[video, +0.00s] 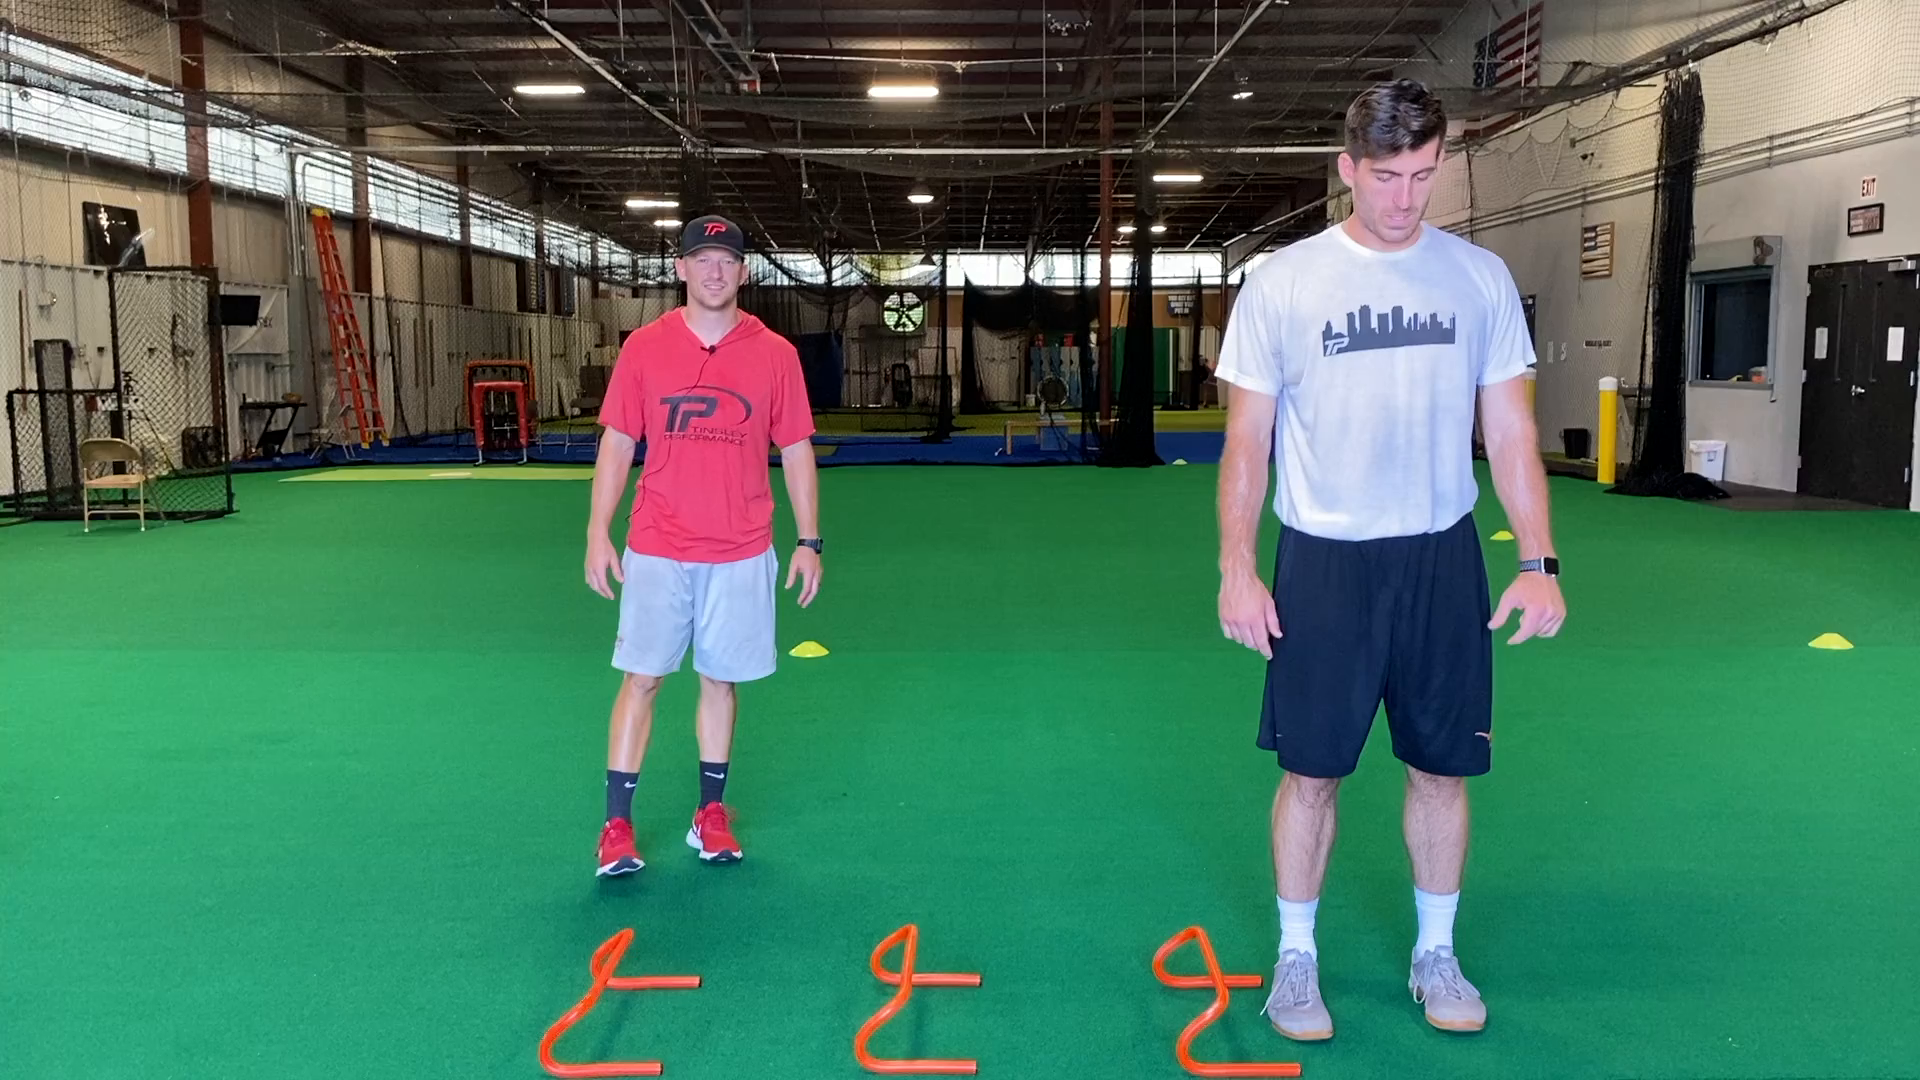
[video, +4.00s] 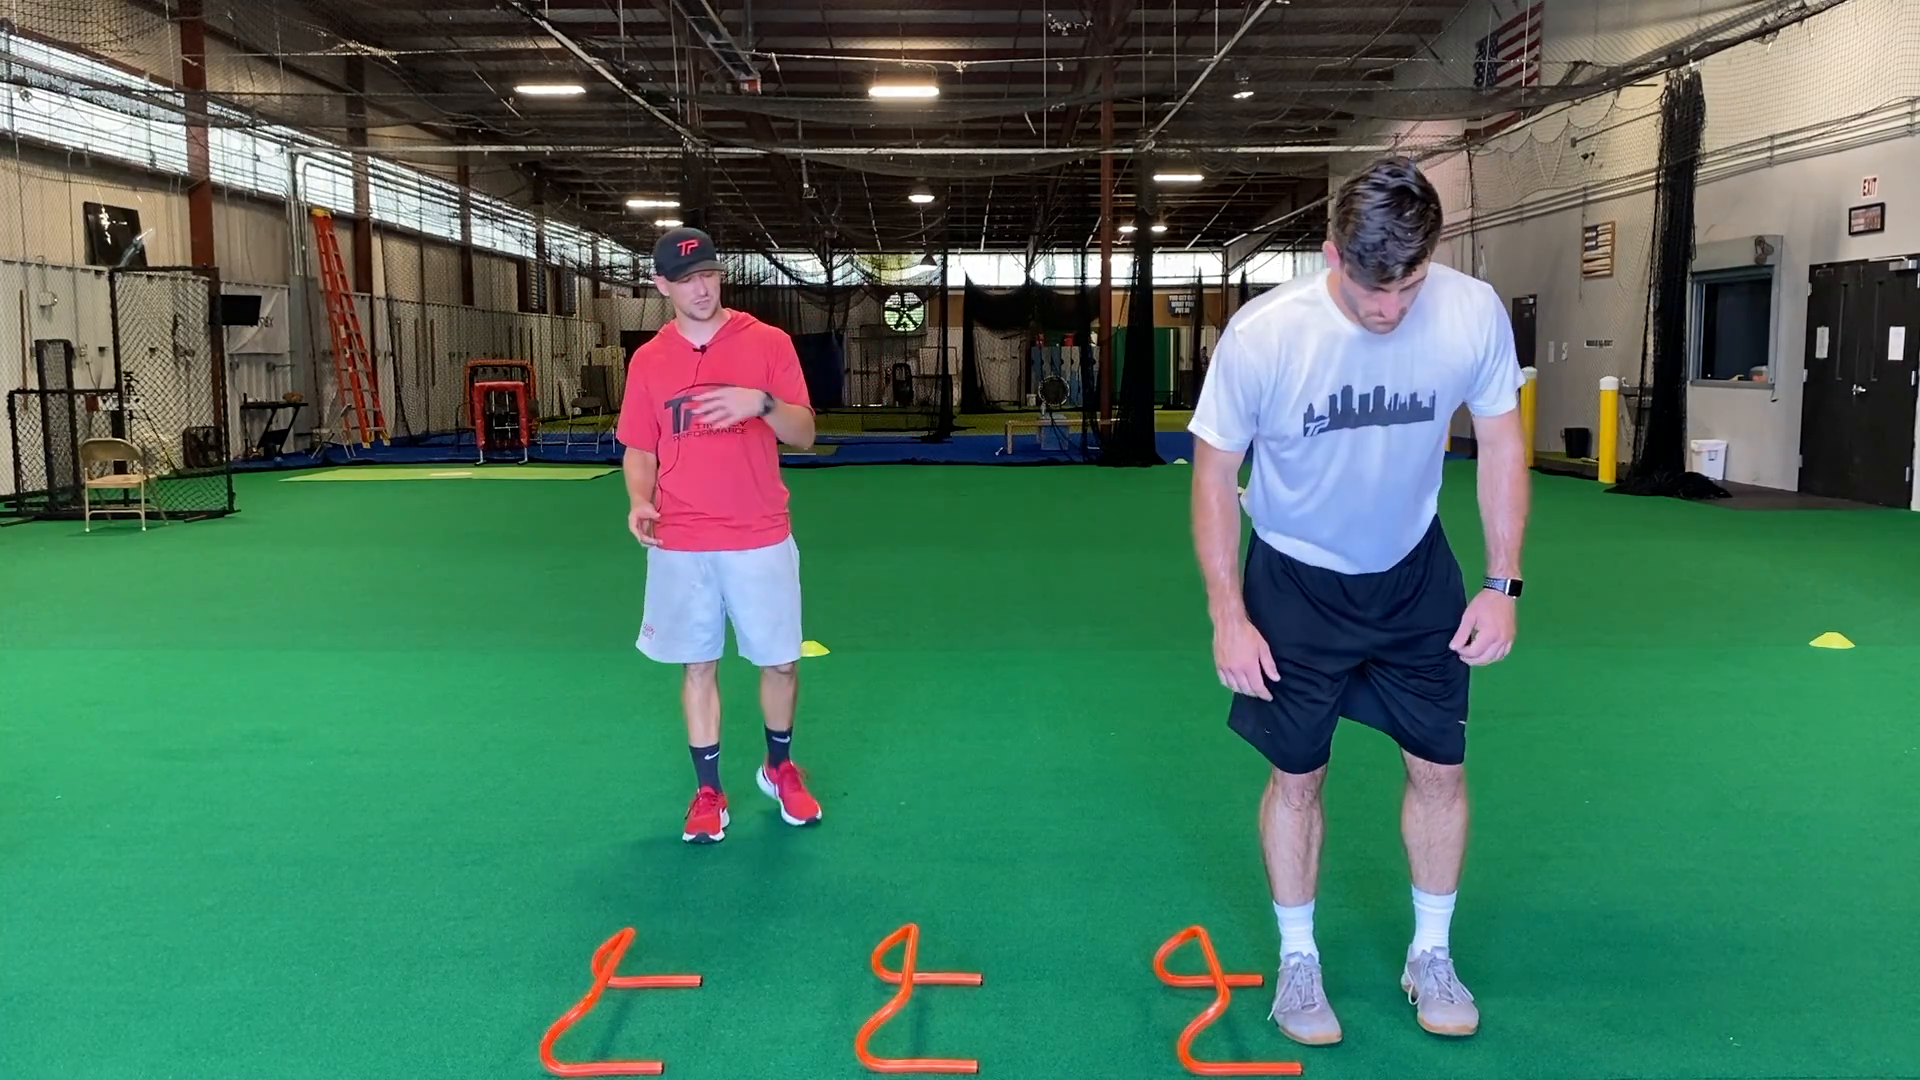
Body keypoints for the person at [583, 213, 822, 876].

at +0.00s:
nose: (714, 271)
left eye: (725, 261)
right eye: (702, 260)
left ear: (742, 271)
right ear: (681, 268)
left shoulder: (776, 355)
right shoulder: (645, 346)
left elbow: (797, 451)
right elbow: (617, 445)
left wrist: (808, 540)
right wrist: (598, 533)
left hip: (741, 551)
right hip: (658, 547)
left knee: (720, 677)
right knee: (642, 676)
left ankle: (712, 814)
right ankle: (617, 824)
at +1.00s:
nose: (663, 264)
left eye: (673, 252)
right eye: (648, 254)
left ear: (689, 263)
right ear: (622, 266)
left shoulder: (729, 344)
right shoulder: (595, 357)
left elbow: (758, 440)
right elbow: (578, 465)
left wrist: (782, 527)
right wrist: (586, 560)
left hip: (722, 559)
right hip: (636, 564)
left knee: (719, 691)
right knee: (650, 700)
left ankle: (712, 809)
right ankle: (659, 846)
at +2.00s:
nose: (700, 278)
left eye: (704, 264)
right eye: (684, 267)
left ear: (712, 267)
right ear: (645, 275)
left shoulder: (745, 344)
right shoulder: (616, 364)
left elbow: (772, 430)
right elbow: (597, 470)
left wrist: (792, 473)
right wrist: (661, 524)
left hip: (751, 563)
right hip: (665, 572)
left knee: (778, 695)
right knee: (660, 706)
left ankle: (808, 835)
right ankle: (661, 850)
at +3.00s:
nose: (824, 279)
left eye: (834, 268)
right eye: (811, 266)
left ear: (846, 276)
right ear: (782, 269)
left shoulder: (869, 362)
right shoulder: (735, 346)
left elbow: (897, 452)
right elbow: (703, 439)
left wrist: (863, 466)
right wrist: (718, 505)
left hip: (830, 560)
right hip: (747, 556)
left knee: (814, 689)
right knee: (729, 689)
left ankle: (811, 831)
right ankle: (709, 784)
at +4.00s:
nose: (703, 287)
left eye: (710, 275)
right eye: (689, 279)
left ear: (722, 276)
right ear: (664, 287)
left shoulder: (768, 343)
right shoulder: (648, 361)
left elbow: (803, 432)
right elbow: (638, 448)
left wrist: (761, 403)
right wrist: (641, 500)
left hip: (761, 536)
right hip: (683, 542)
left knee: (780, 659)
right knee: (699, 662)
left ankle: (780, 767)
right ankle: (708, 791)